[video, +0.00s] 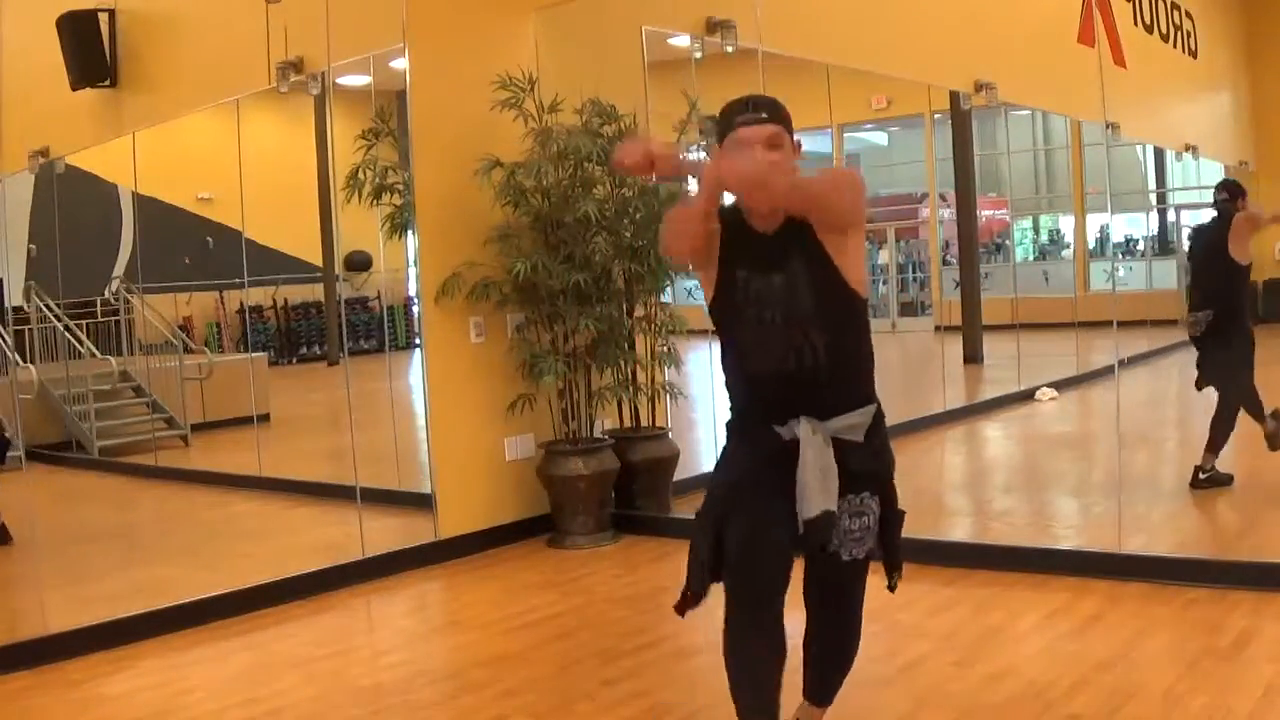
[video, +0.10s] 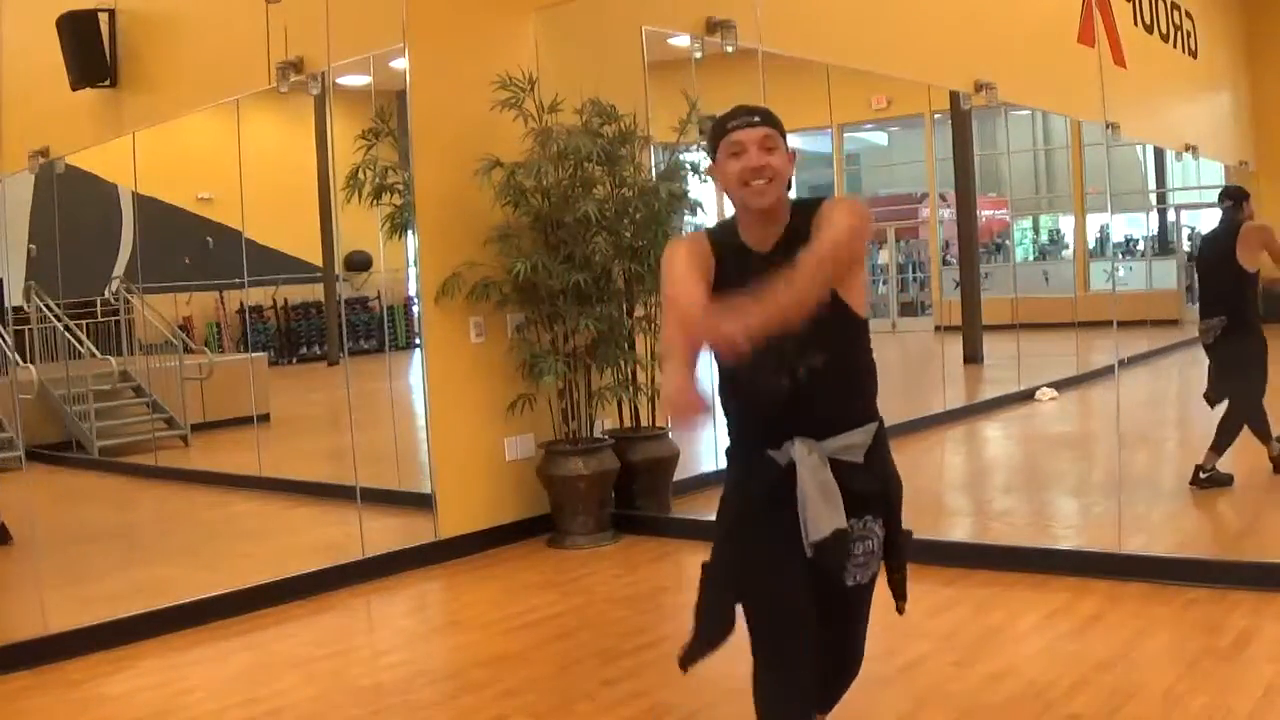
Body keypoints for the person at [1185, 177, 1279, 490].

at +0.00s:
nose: (1247, 204)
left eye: (1244, 200)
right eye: (1246, 200)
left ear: (1218, 202)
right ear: (1239, 201)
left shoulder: (1201, 233)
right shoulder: (1242, 221)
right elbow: (1267, 219)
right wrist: (1261, 216)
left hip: (1205, 327)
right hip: (1233, 327)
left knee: (1240, 382)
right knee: (1230, 396)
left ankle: (1268, 425)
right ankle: (1205, 468)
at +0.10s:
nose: (1253, 210)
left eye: (1251, 205)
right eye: (1251, 205)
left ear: (1223, 208)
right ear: (1244, 206)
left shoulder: (1207, 240)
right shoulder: (1257, 232)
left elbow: (1210, 286)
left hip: (1214, 332)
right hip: (1244, 332)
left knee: (1247, 395)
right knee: (1243, 398)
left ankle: (1274, 451)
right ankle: (1205, 467)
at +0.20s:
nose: (1261, 212)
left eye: (1258, 206)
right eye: (1258, 207)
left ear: (1229, 211)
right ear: (1250, 209)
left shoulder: (1217, 245)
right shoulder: (1263, 240)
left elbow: (1218, 289)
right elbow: (1270, 285)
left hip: (1225, 334)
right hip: (1254, 334)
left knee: (1259, 398)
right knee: (1247, 401)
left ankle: (1279, 450)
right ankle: (1208, 465)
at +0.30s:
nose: (1270, 211)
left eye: (1268, 206)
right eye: (1268, 206)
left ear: (1239, 212)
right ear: (1261, 207)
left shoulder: (1223, 248)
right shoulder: (1273, 237)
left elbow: (1200, 289)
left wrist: (1177, 324)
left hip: (1236, 331)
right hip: (1269, 330)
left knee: (1262, 397)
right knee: (1256, 397)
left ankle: (1278, 451)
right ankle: (1214, 457)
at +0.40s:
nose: (1278, 207)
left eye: (1275, 202)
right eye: (1276, 202)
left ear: (1248, 208)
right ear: (1271, 204)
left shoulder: (1236, 239)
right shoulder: (1275, 232)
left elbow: (1197, 256)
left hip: (1244, 328)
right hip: (1271, 326)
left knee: (1265, 393)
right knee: (1270, 393)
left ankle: (1278, 452)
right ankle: (1232, 442)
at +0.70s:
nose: (1273, 205)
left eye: (1272, 199)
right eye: (1274, 199)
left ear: (1266, 202)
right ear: (1276, 202)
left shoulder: (1248, 237)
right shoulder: (1248, 238)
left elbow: (1219, 272)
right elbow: (1219, 272)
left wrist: (1197, 291)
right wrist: (1199, 290)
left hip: (1263, 324)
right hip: (1269, 324)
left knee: (1271, 391)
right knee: (1270, 391)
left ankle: (1279, 452)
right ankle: (1278, 452)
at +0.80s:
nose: (1275, 208)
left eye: (1276, 202)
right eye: (1275, 202)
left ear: (1272, 204)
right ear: (1272, 204)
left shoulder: (1257, 239)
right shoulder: (1257, 239)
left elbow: (1243, 286)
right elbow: (1243, 286)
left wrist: (1238, 325)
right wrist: (1239, 325)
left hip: (1266, 326)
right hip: (1268, 327)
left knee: (1272, 397)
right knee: (1272, 398)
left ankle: (1278, 451)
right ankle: (1277, 451)